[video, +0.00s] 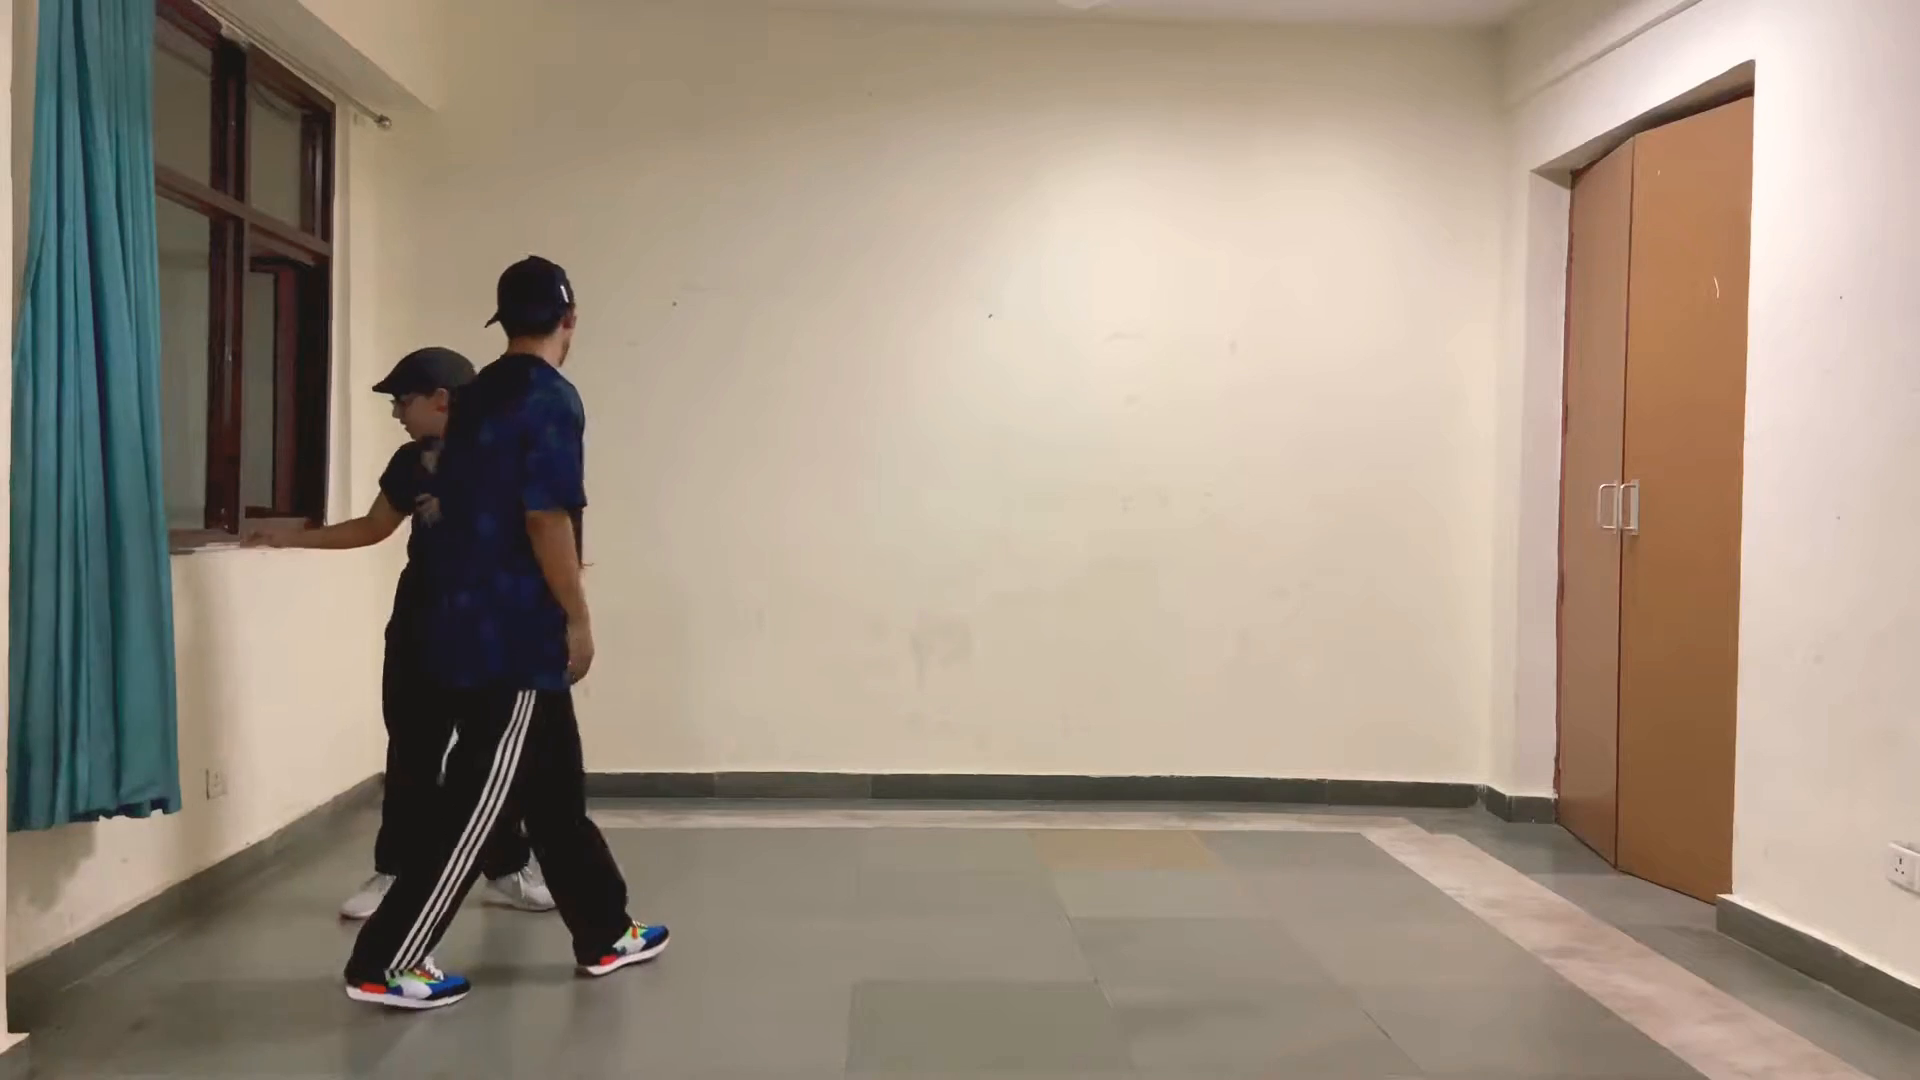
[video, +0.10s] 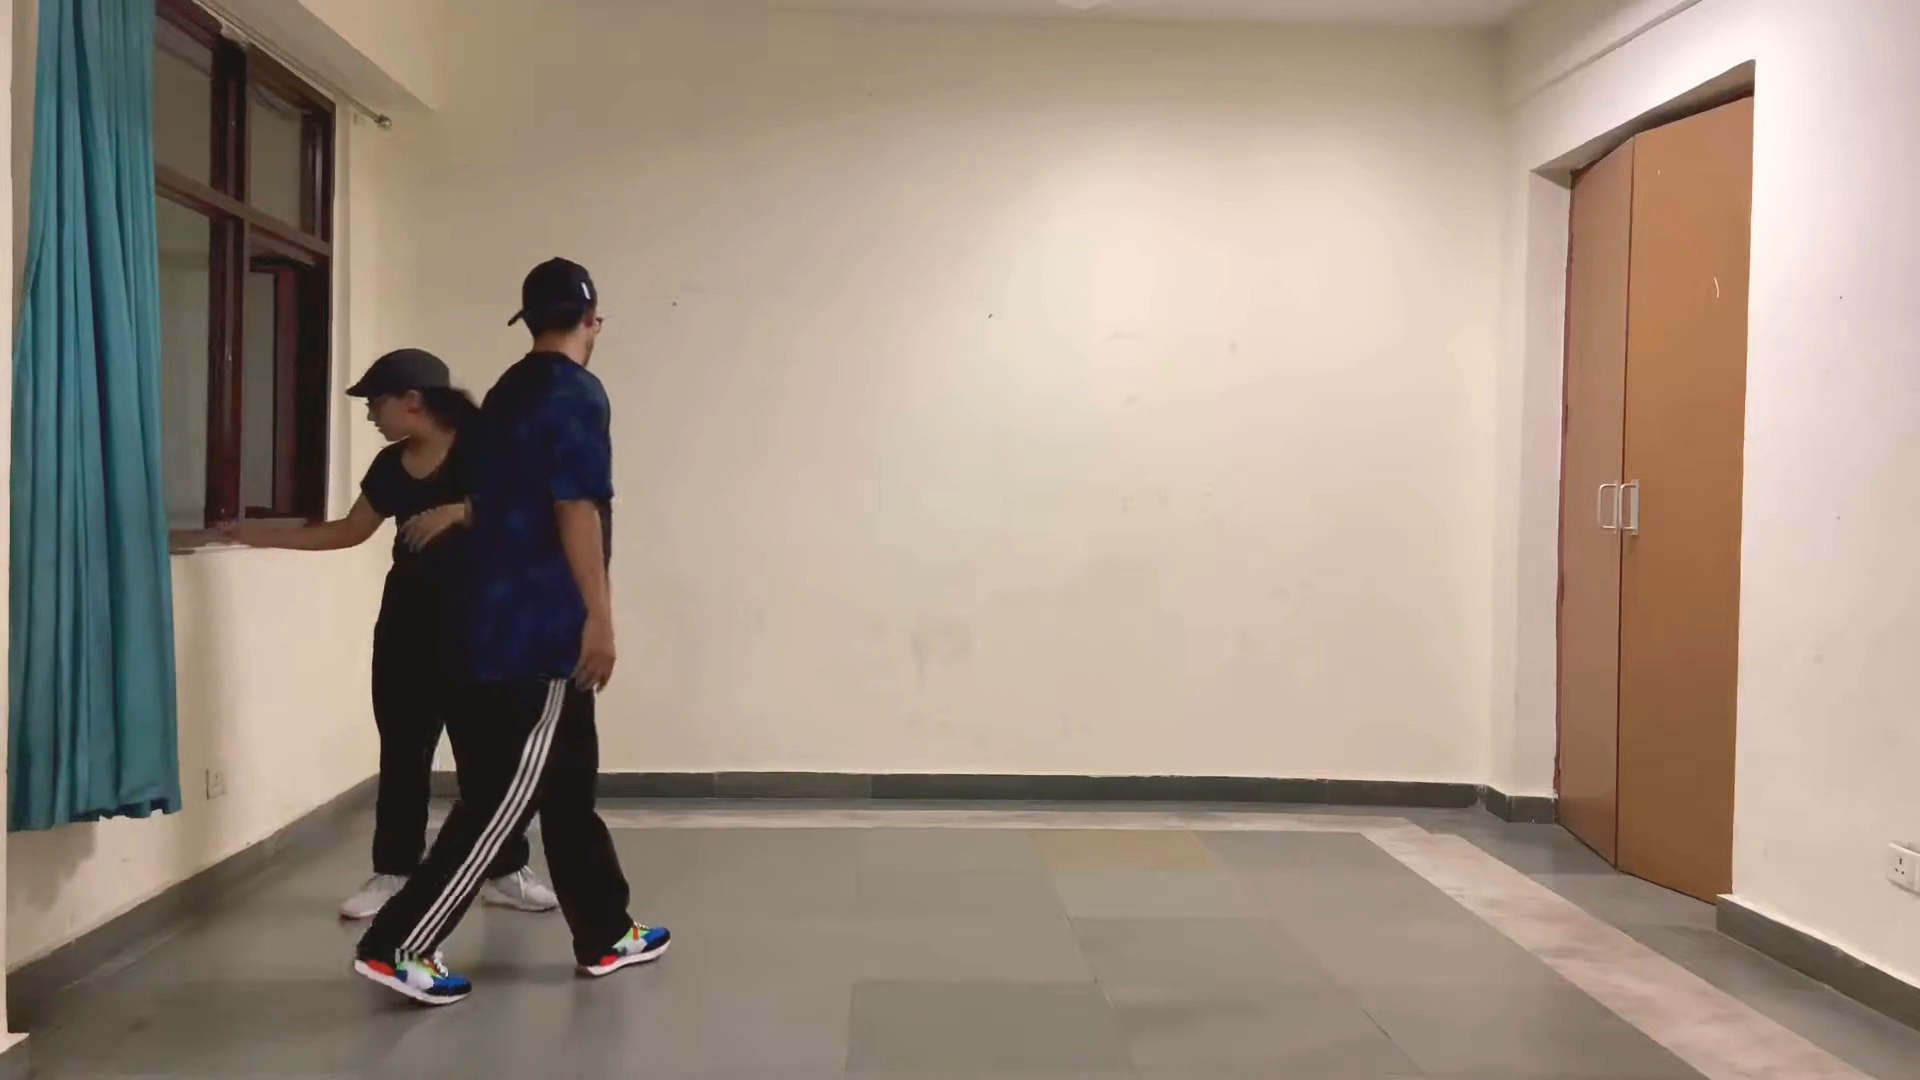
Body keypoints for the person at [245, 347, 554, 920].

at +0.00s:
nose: (398, 412)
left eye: (406, 401)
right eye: (398, 402)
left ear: (443, 400)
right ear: (430, 403)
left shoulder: (491, 452)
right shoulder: (411, 462)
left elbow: (533, 522)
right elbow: (373, 527)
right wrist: (293, 537)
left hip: (484, 614)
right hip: (420, 615)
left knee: (498, 741)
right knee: (411, 747)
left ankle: (510, 865)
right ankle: (394, 872)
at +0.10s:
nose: (370, 416)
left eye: (377, 405)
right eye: (370, 406)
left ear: (412, 403)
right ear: (405, 405)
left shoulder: (479, 447)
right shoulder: (392, 465)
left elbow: (515, 508)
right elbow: (351, 530)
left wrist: (457, 512)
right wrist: (265, 535)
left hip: (475, 616)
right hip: (408, 618)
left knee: (484, 748)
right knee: (403, 749)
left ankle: (507, 868)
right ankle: (394, 873)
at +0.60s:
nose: (303, 431)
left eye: (307, 418)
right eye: (301, 421)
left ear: (342, 409)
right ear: (338, 414)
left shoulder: (422, 440)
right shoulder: (340, 473)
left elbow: (482, 504)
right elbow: (305, 544)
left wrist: (403, 518)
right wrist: (215, 544)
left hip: (440, 622)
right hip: (372, 628)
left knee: (457, 745)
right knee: (384, 751)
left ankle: (487, 870)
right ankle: (394, 873)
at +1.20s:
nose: (293, 431)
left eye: (295, 418)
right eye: (290, 420)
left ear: (327, 409)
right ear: (325, 411)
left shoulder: (412, 438)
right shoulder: (324, 465)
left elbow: (474, 504)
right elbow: (304, 540)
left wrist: (401, 524)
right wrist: (216, 541)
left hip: (433, 616)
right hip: (367, 622)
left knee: (453, 744)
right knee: (380, 750)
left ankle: (488, 868)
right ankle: (394, 873)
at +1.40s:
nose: (293, 430)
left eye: (296, 417)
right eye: (290, 419)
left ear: (328, 410)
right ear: (325, 411)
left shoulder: (412, 439)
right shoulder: (325, 466)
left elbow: (473, 504)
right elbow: (303, 540)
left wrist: (400, 526)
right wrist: (217, 541)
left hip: (433, 616)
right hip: (367, 622)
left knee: (453, 743)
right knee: (380, 749)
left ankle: (488, 868)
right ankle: (395, 873)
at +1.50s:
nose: (292, 432)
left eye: (295, 419)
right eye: (289, 421)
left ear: (328, 410)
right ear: (325, 411)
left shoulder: (412, 439)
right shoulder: (325, 465)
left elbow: (473, 504)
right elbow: (303, 539)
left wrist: (401, 526)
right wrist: (217, 541)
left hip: (433, 617)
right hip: (367, 622)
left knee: (453, 743)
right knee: (380, 750)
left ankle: (488, 868)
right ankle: (395, 873)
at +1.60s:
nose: (293, 433)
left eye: (295, 421)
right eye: (290, 423)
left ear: (327, 409)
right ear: (325, 412)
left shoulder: (412, 439)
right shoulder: (328, 467)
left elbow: (474, 505)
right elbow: (303, 541)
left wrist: (401, 526)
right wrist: (215, 542)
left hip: (434, 621)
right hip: (367, 627)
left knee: (453, 745)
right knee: (380, 752)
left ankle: (488, 867)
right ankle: (394, 874)